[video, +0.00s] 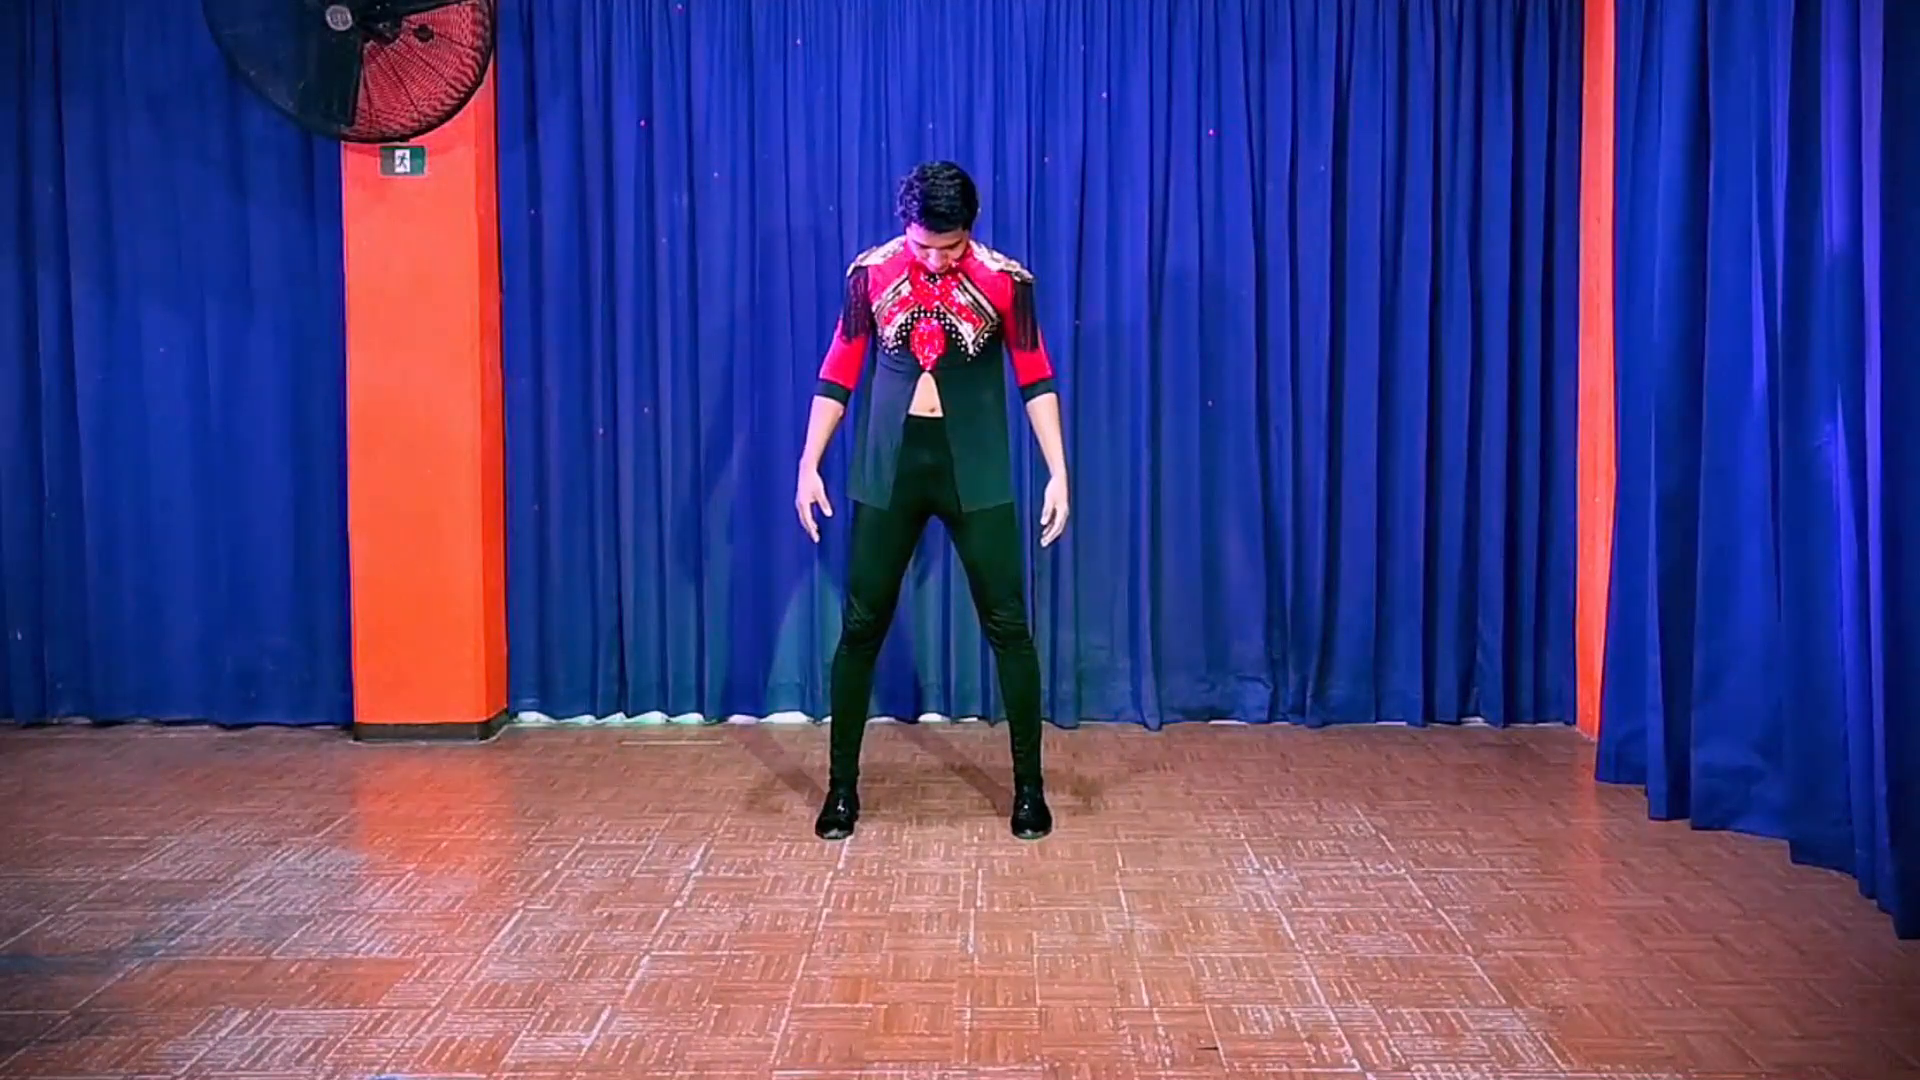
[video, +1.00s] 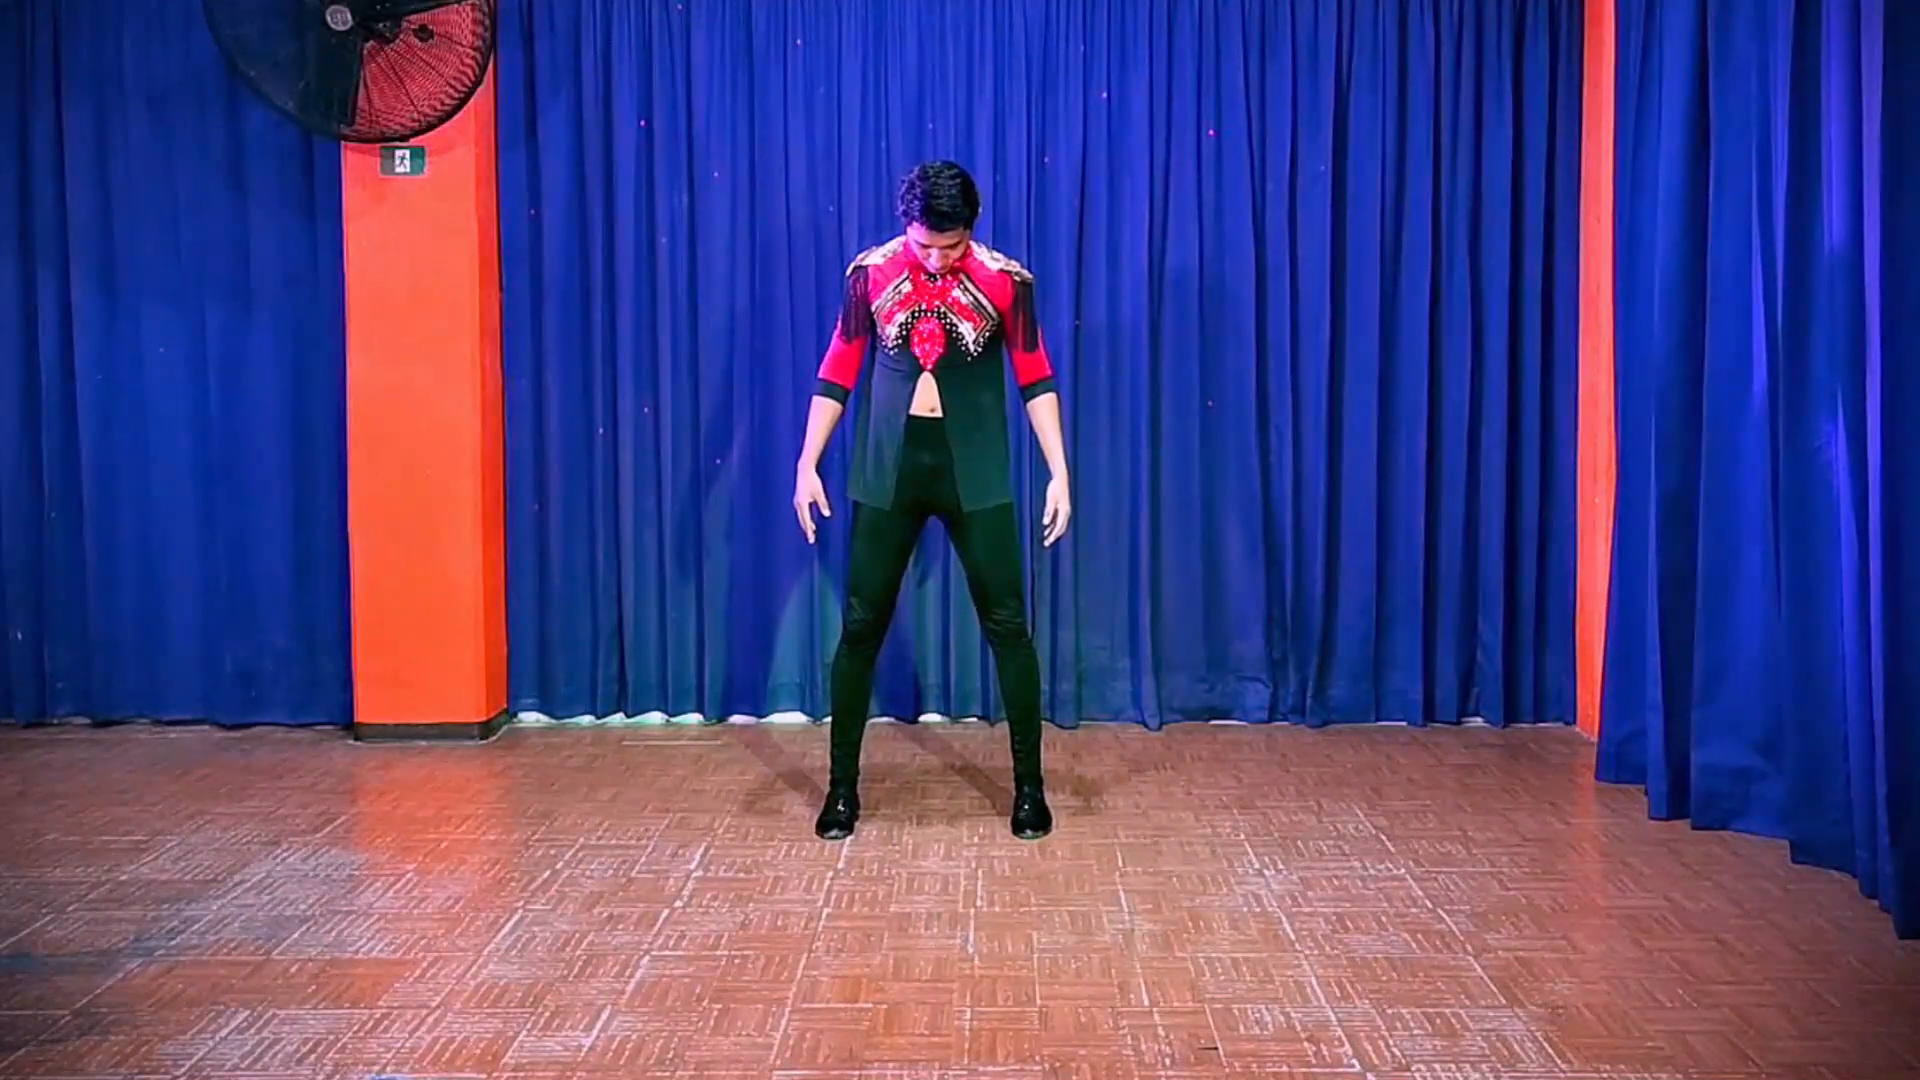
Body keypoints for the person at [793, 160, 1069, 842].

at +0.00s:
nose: (940, 257)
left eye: (953, 245)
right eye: (928, 244)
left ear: (972, 228)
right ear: (907, 226)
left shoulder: (1005, 281)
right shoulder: (872, 275)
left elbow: (1035, 378)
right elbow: (839, 372)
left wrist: (1058, 472)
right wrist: (809, 464)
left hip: (977, 467)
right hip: (890, 466)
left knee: (1007, 623)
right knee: (863, 625)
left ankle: (1028, 784)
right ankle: (842, 786)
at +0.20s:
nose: (941, 257)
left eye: (953, 245)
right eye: (928, 244)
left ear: (972, 227)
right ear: (908, 226)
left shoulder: (1005, 281)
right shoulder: (871, 275)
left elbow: (1035, 378)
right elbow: (839, 372)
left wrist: (1058, 472)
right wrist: (808, 463)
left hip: (977, 468)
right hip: (889, 467)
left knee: (1007, 625)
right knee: (862, 626)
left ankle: (1028, 784)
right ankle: (842, 786)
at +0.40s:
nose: (940, 257)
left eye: (953, 245)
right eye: (928, 245)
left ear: (972, 227)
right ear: (907, 226)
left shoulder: (1005, 281)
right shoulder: (871, 275)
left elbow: (1035, 379)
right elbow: (839, 373)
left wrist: (1058, 472)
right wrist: (808, 464)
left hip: (977, 468)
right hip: (889, 467)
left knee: (1007, 625)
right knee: (862, 626)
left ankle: (1028, 784)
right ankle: (842, 786)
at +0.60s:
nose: (940, 257)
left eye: (953, 245)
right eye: (927, 244)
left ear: (972, 227)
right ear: (907, 226)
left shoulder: (1005, 281)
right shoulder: (870, 275)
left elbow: (1035, 378)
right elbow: (838, 373)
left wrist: (1059, 472)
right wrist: (808, 464)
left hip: (977, 468)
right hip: (889, 467)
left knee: (1007, 625)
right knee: (862, 627)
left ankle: (1028, 784)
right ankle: (842, 786)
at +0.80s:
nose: (941, 256)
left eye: (953, 244)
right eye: (928, 243)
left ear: (973, 227)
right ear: (908, 225)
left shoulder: (1005, 281)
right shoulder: (871, 275)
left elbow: (1035, 378)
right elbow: (838, 372)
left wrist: (1060, 471)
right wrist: (807, 464)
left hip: (977, 468)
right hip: (889, 467)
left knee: (1007, 624)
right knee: (862, 627)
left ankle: (1028, 784)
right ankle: (842, 786)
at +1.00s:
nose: (942, 256)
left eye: (954, 244)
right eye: (929, 243)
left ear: (973, 227)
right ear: (908, 226)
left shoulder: (1005, 281)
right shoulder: (871, 275)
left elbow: (1035, 379)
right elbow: (839, 372)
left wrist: (1059, 472)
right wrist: (808, 463)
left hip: (977, 469)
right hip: (889, 468)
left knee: (1006, 623)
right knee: (862, 626)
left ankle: (1028, 784)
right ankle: (842, 786)